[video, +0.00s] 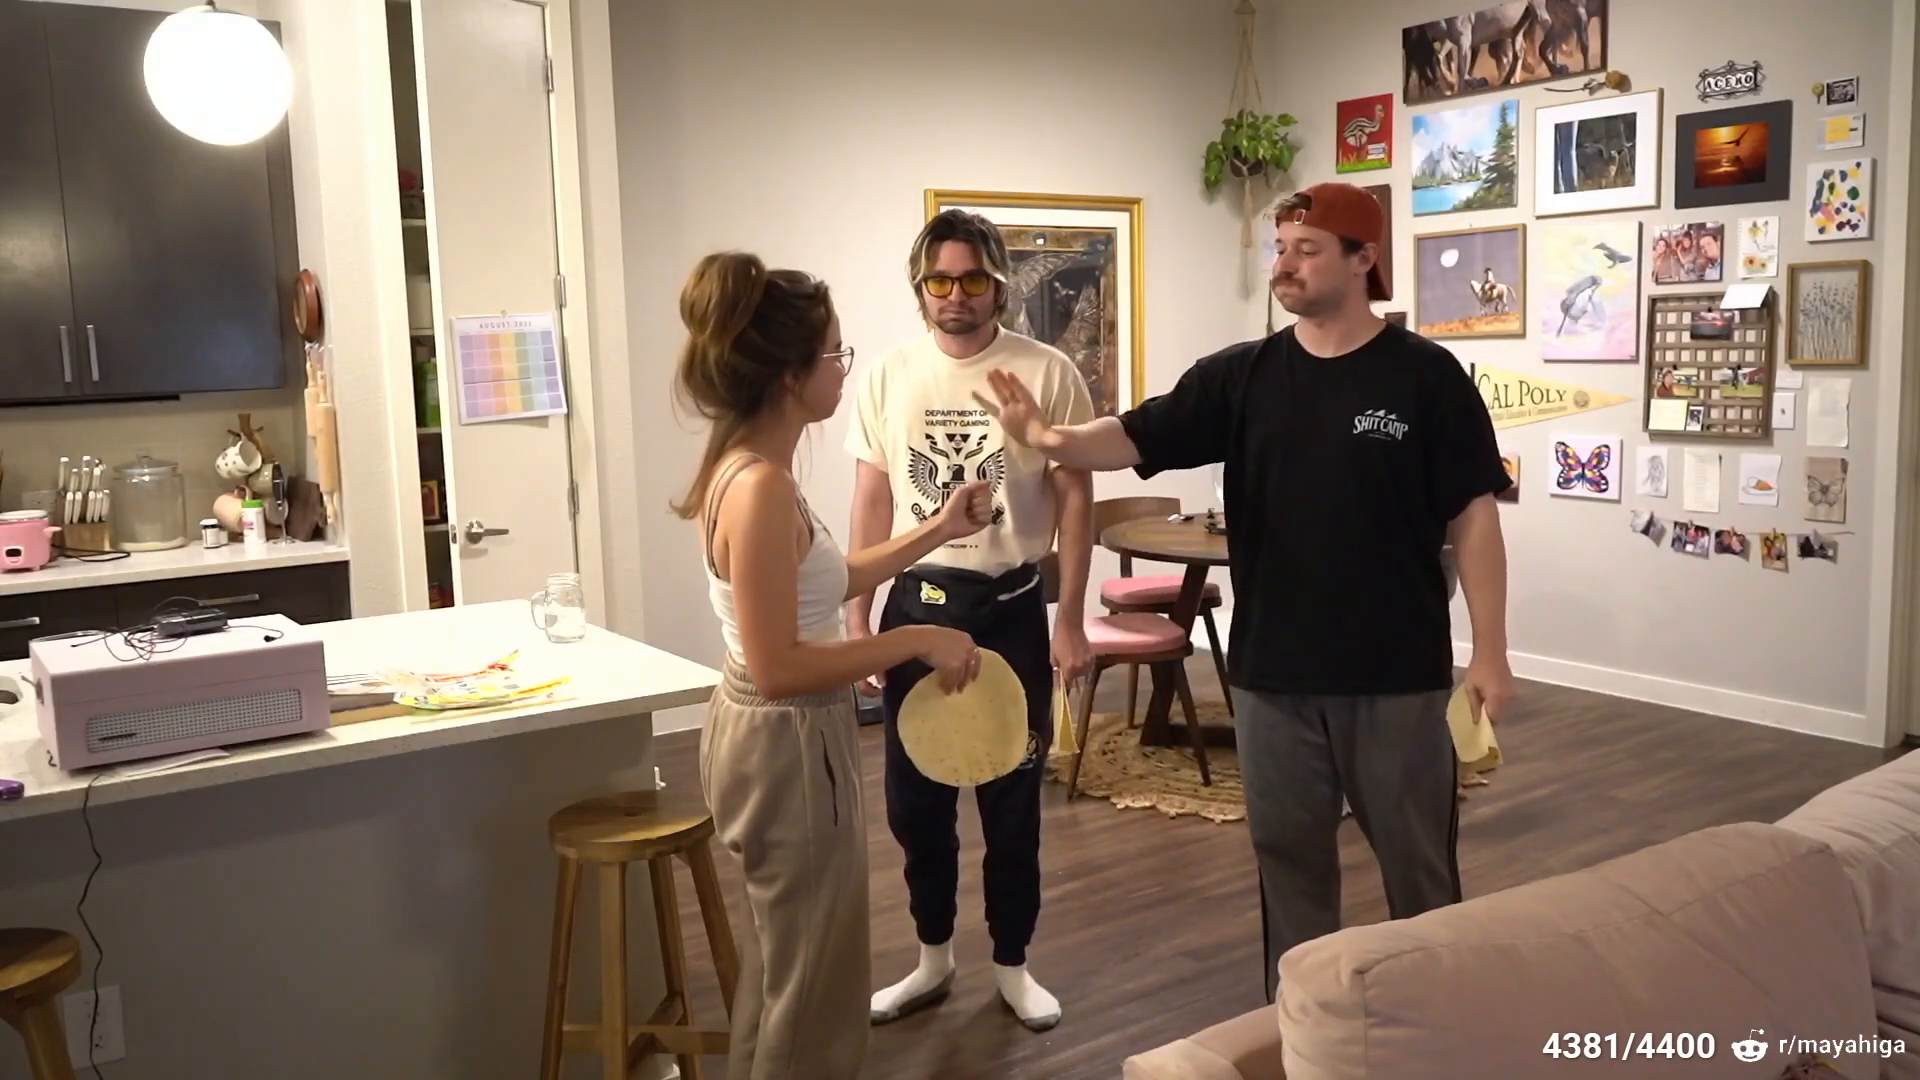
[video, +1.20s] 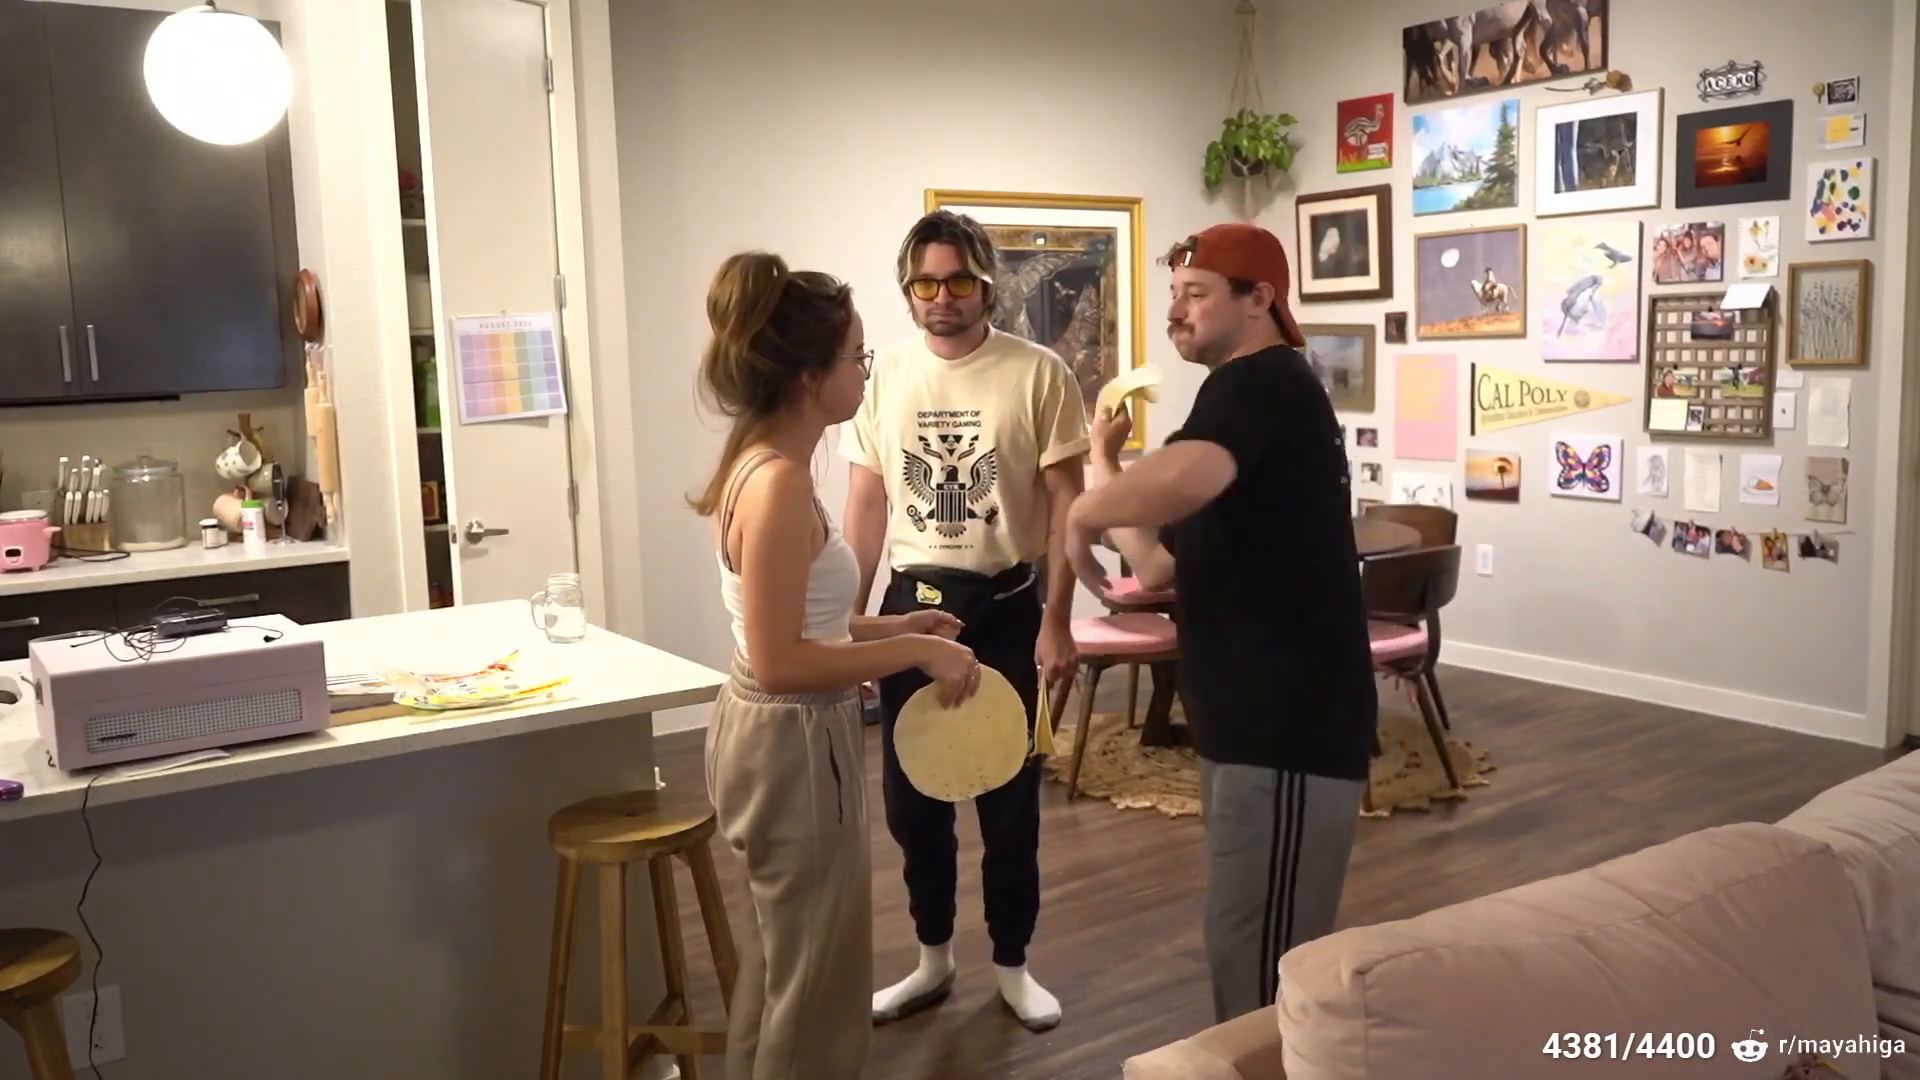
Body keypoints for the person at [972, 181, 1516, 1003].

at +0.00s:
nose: (1285, 262)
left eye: (1306, 249)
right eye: (1280, 250)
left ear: (1361, 262)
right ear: (1275, 261)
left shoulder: (1428, 374)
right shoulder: (1240, 376)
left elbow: (1475, 518)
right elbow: (1136, 437)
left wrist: (1491, 653)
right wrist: (1051, 441)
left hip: (1397, 680)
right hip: (1274, 681)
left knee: (1422, 881)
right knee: (1290, 877)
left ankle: (1445, 1034)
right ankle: (1298, 1037)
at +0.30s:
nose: (1259, 260)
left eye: (1280, 246)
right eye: (1252, 248)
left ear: (1334, 258)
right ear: (1246, 263)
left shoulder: (1406, 374)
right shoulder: (1217, 381)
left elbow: (1468, 498)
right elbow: (1129, 480)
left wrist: (1418, 601)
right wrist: (1054, 505)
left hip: (1385, 675)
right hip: (1263, 678)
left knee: (1411, 874)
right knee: (1282, 873)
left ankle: (1440, 1025)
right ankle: (1296, 1033)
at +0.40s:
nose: (1248, 258)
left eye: (1270, 245)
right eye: (1243, 247)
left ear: (1324, 259)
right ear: (1237, 264)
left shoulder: (1392, 375)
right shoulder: (1207, 383)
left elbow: (1437, 517)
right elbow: (1145, 499)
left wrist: (1328, 562)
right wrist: (1132, 523)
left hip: (1373, 675)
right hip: (1250, 677)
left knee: (1402, 862)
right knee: (1273, 867)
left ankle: (1428, 1016)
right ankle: (1293, 1026)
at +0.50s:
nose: (1234, 263)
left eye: (1256, 248)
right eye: (1230, 250)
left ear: (1311, 261)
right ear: (1228, 264)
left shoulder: (1371, 372)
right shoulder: (1205, 382)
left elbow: (1388, 521)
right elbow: (1175, 508)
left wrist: (1242, 528)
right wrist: (1170, 534)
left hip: (1354, 675)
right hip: (1237, 674)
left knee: (1375, 865)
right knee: (1265, 870)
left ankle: (1406, 1019)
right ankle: (1294, 1026)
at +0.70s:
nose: (1209, 271)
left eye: (1230, 257)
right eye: (1205, 258)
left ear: (1285, 268)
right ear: (1206, 269)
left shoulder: (1324, 366)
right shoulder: (1213, 386)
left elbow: (1284, 511)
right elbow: (1194, 529)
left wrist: (1151, 489)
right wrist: (1107, 504)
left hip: (1321, 676)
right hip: (1235, 673)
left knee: (1313, 889)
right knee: (1264, 885)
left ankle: (1340, 1051)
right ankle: (1291, 1038)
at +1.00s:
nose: (1195, 289)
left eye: (1214, 272)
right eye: (1193, 275)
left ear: (1273, 278)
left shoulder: (1272, 364)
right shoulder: (1262, 367)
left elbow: (1153, 471)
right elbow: (1186, 531)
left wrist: (1043, 454)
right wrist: (1091, 474)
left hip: (1288, 689)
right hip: (1274, 684)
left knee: (1262, 908)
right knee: (1267, 904)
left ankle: (1274, 1070)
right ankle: (1278, 1066)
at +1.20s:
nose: (1176, 311)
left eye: (1195, 293)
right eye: (1174, 296)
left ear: (1256, 299)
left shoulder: (1263, 379)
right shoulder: (1252, 391)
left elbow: (1200, 470)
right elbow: (1154, 565)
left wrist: (1084, 511)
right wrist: (1107, 462)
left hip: (1285, 736)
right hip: (1267, 731)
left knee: (1257, 966)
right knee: (1258, 960)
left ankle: (1261, 1078)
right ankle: (1261, 1074)